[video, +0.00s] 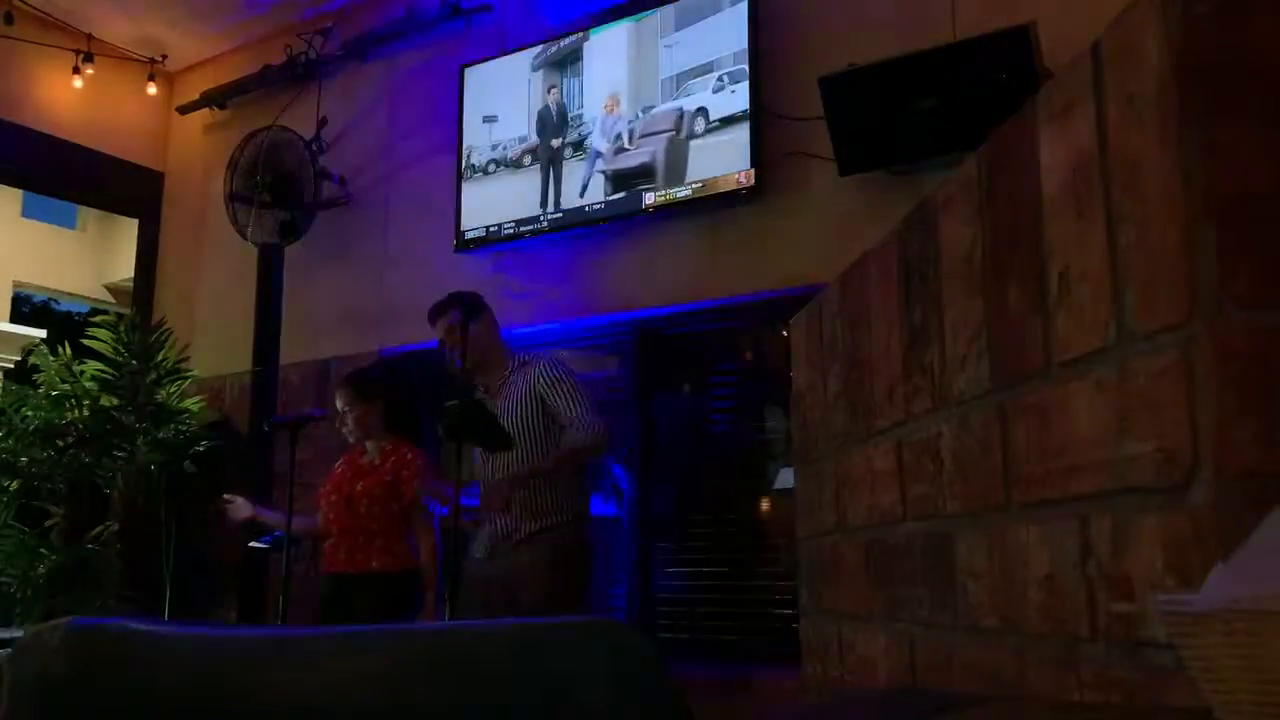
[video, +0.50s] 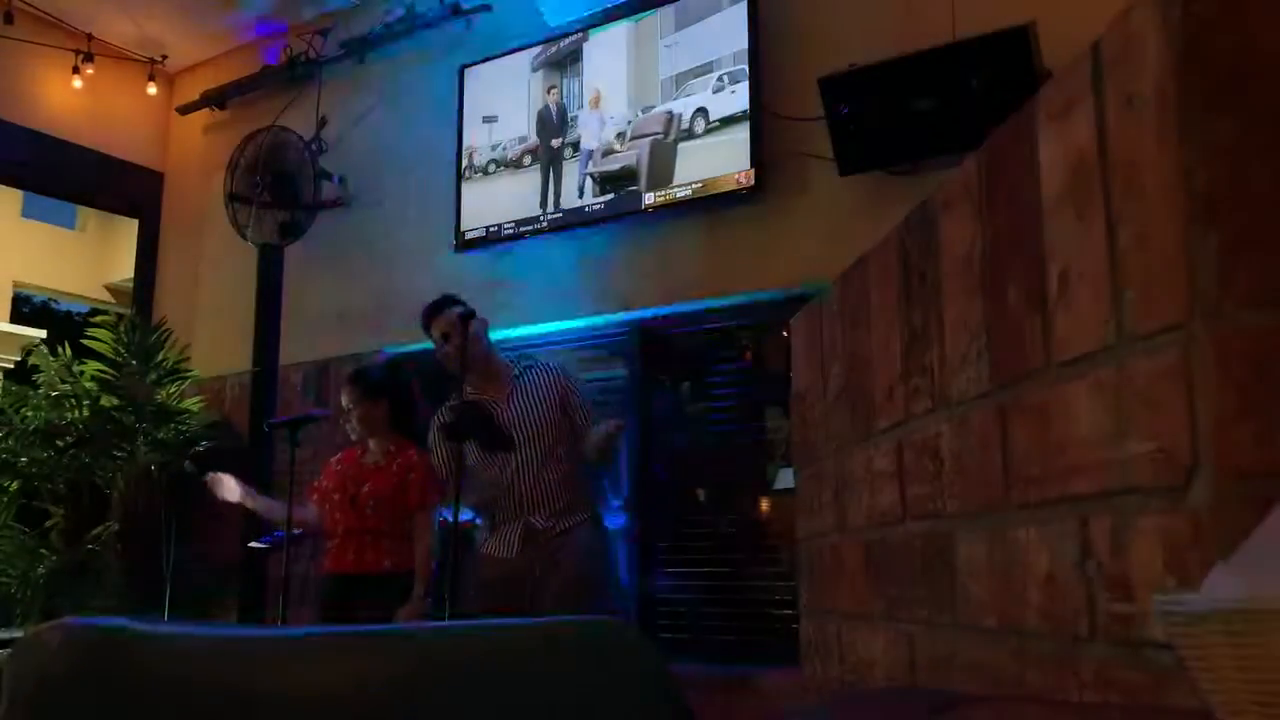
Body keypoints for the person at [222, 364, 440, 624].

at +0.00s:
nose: (340, 422)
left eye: (347, 411)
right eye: (339, 414)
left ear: (374, 409)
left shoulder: (407, 462)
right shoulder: (345, 465)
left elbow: (425, 533)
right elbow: (321, 525)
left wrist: (431, 602)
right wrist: (255, 512)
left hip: (390, 583)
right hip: (340, 583)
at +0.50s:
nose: (345, 418)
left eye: (352, 409)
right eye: (343, 410)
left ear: (380, 406)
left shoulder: (414, 463)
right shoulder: (341, 464)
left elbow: (424, 534)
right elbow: (312, 517)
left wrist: (419, 598)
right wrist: (246, 496)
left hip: (390, 582)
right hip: (339, 582)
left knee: (389, 680)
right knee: (337, 680)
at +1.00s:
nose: (343, 415)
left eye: (351, 405)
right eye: (341, 407)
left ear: (380, 406)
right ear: (341, 410)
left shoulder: (415, 463)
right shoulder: (333, 463)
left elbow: (430, 534)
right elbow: (272, 490)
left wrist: (430, 600)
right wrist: (213, 464)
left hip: (394, 588)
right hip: (337, 589)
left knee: (395, 687)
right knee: (335, 687)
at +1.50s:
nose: (341, 415)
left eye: (349, 405)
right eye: (339, 407)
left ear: (379, 407)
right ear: (338, 409)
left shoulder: (411, 464)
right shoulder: (332, 461)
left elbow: (426, 535)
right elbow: (270, 484)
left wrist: (433, 599)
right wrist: (221, 458)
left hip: (389, 583)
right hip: (335, 584)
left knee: (385, 682)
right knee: (332, 680)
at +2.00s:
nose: (342, 413)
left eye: (351, 404)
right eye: (341, 406)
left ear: (381, 406)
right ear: (339, 410)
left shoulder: (409, 463)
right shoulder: (328, 461)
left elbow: (424, 534)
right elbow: (268, 487)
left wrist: (428, 599)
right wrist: (216, 459)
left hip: (384, 583)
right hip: (330, 582)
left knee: (375, 675)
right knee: (326, 673)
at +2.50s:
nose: (351, 413)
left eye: (361, 405)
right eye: (350, 405)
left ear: (391, 407)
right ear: (348, 406)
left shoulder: (415, 464)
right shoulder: (335, 461)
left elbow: (429, 537)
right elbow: (274, 495)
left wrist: (431, 602)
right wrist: (222, 463)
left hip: (386, 584)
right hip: (330, 583)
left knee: (376, 679)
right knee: (322, 675)